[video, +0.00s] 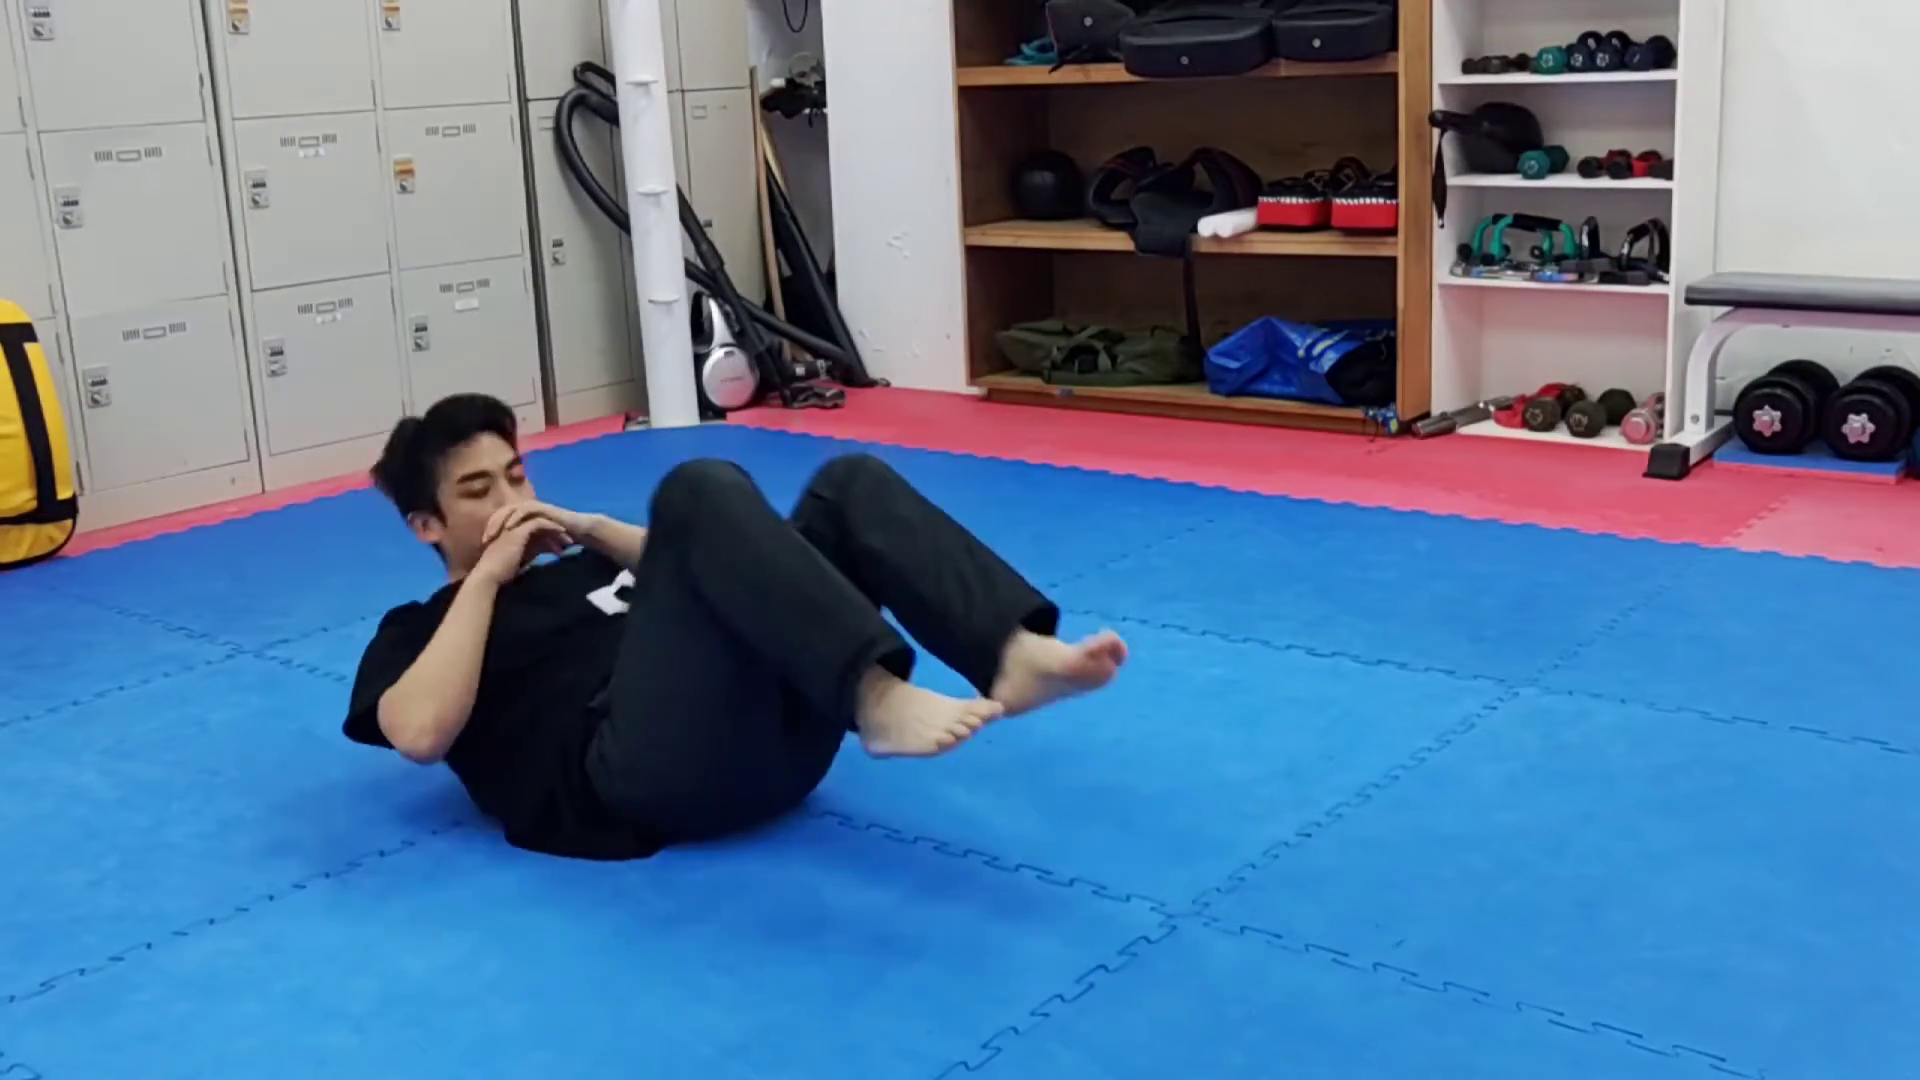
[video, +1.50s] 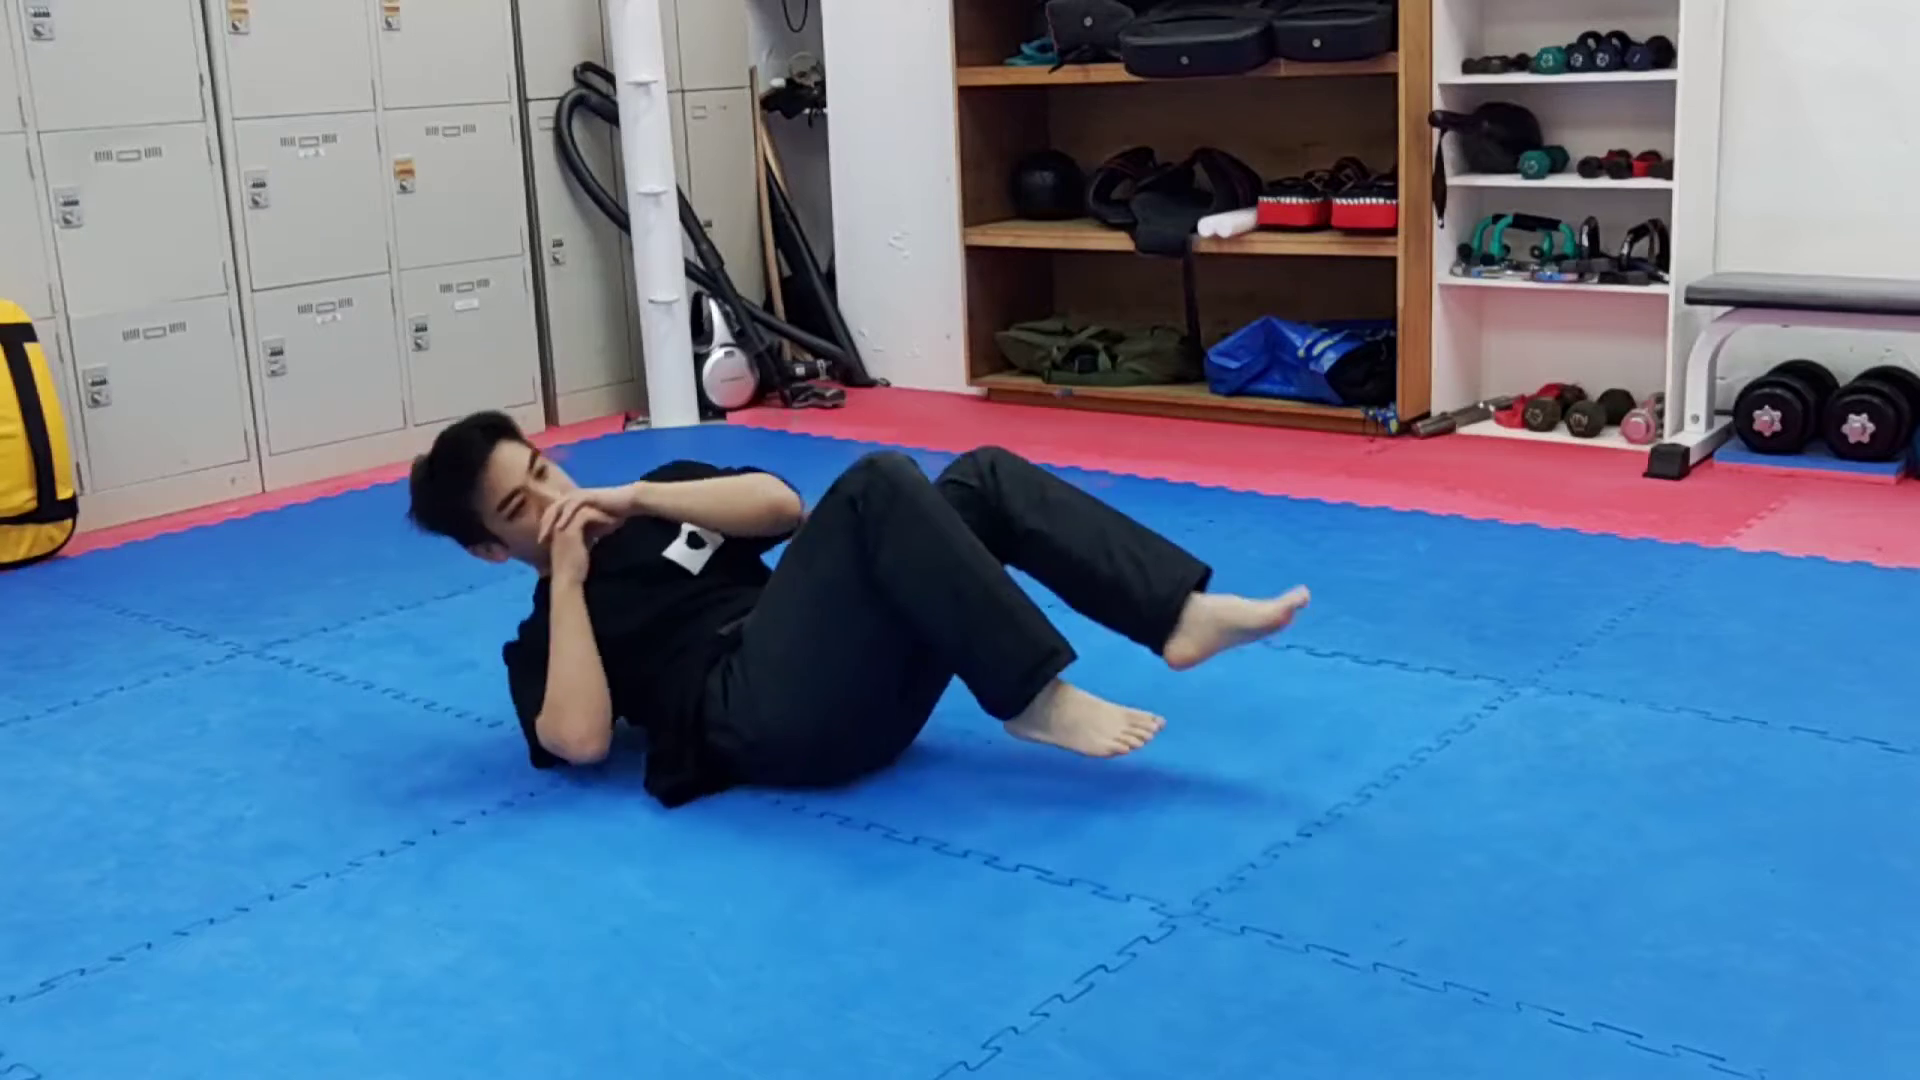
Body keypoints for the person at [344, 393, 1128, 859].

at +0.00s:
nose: (504, 501)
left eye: (513, 479)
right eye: (474, 491)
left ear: (531, 489)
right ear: (428, 522)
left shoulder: (590, 578)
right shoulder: (414, 632)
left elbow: (694, 580)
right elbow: (421, 733)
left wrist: (594, 533)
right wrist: (485, 580)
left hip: (766, 746)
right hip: (647, 783)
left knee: (847, 482)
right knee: (698, 487)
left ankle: (1011, 651)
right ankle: (875, 698)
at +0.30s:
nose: (491, 522)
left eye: (487, 491)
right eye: (457, 525)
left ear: (508, 471)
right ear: (429, 555)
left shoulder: (614, 507)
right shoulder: (459, 661)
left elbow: (722, 540)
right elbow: (482, 803)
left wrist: (560, 547)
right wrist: (468, 646)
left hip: (810, 721)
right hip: (695, 770)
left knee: (946, 523)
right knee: (787, 498)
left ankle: (1092, 670)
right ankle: (950, 723)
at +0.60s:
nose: (478, 553)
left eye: (475, 535)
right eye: (451, 552)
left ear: (492, 546)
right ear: (412, 598)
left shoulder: (574, 593)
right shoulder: (443, 699)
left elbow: (659, 527)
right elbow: (422, 758)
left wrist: (532, 517)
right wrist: (428, 602)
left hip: (783, 694)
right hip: (680, 741)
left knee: (803, 434)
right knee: (649, 445)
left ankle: (1025, 430)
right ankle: (888, 556)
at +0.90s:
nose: (506, 541)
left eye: (505, 528)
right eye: (473, 535)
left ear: (517, 546)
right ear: (425, 590)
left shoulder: (580, 607)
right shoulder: (432, 673)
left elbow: (707, 586)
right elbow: (497, 641)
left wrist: (639, 526)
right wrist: (552, 528)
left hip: (772, 674)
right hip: (688, 738)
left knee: (767, 406)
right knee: (661, 471)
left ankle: (985, 512)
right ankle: (913, 585)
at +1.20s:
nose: (603, 452)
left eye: (599, 433)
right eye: (571, 441)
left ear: (601, 443)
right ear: (514, 482)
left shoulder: (649, 537)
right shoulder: (497, 584)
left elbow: (794, 579)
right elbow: (566, 638)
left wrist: (723, 509)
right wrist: (632, 513)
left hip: (844, 703)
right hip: (752, 743)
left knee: (935, 481)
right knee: (819, 487)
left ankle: (1115, 656)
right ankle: (999, 696)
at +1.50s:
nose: (543, 498)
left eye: (535, 475)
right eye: (514, 506)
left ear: (554, 460)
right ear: (490, 543)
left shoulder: (652, 511)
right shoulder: (534, 635)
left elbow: (788, 507)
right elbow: (579, 742)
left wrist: (637, 500)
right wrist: (564, 585)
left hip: (864, 681)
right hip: (775, 730)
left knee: (983, 476)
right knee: (878, 480)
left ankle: (1179, 616)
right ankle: (1035, 697)